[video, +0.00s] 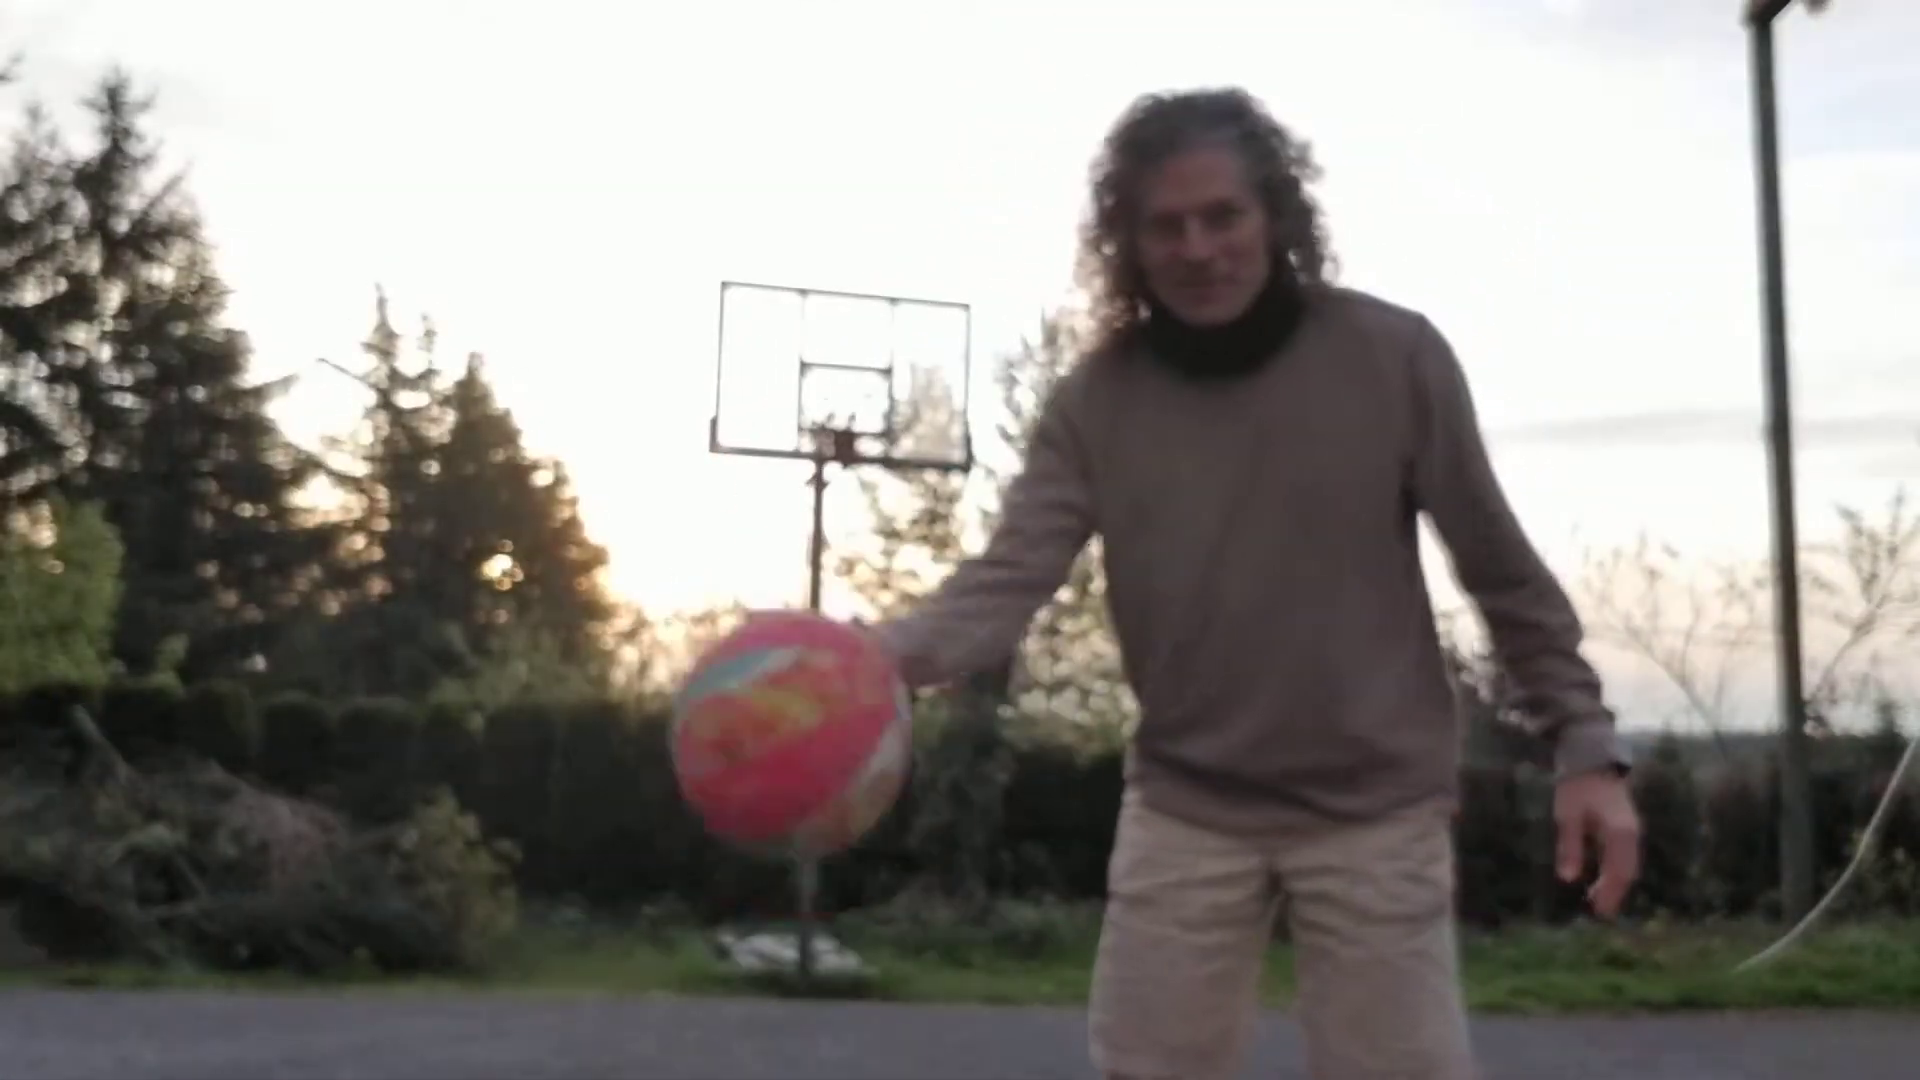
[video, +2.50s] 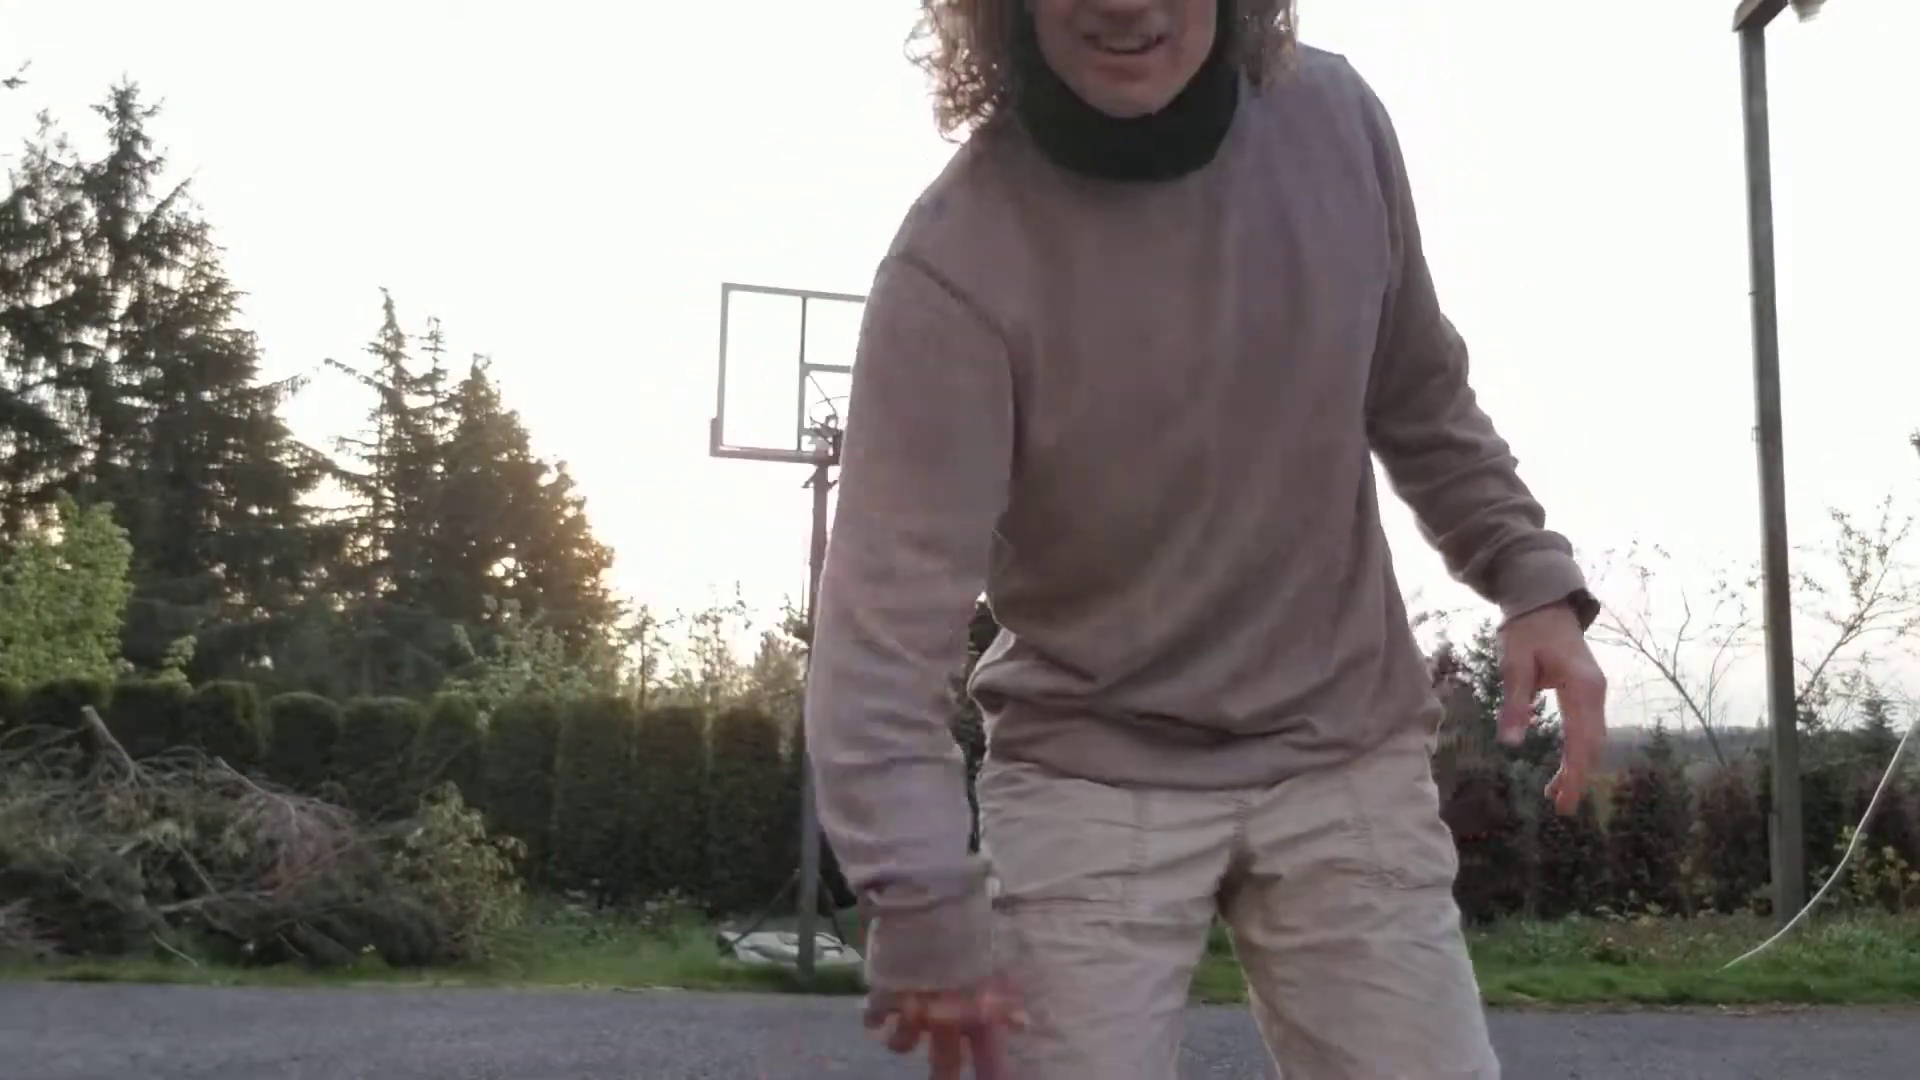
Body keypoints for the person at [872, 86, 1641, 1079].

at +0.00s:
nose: (1199, 251)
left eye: (1223, 217)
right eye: (1167, 227)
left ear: (1276, 218)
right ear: (1129, 240)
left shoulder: (1393, 360)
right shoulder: (1098, 403)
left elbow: (1503, 572)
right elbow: (1004, 583)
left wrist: (1585, 750)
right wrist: (877, 658)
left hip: (1376, 810)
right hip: (1183, 809)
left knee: (1402, 1067)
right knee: (1150, 1065)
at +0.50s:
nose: (1190, 207)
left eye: (1218, 171)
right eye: (1156, 178)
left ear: (1264, 175)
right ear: (1108, 192)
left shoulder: (1370, 316)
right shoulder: (1058, 368)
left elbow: (1444, 537)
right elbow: (1050, 598)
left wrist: (1485, 728)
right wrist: (1033, 623)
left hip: (1354, 791)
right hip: (1149, 798)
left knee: (1396, 1063)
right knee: (1115, 1063)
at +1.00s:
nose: (1194, 74)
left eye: (1228, 32)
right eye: (1150, 38)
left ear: (1280, 44)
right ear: (1092, 57)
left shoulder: (1370, 212)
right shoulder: (1033, 272)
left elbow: (1443, 472)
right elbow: (979, 545)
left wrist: (1529, 652)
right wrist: (1029, 713)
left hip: (1358, 763)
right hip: (1127, 770)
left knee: (1428, 1060)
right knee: (1087, 1060)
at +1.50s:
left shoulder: (1382, 85)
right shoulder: (971, 182)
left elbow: (1476, 377)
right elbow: (872, 484)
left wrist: (1597, 571)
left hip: (1395, 728)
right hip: (1117, 744)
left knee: (1486, 1060)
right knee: (1085, 1057)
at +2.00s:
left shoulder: (1381, 34)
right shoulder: (936, 147)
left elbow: (1473, 355)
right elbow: (905, 582)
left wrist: (1599, 582)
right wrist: (864, 499)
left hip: (1425, 737)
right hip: (1124, 762)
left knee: (1527, 1060)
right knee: (1085, 1059)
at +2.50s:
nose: (1126, 5)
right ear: (1014, 3)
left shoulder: (1330, 121)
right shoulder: (963, 256)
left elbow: (1419, 393)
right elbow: (885, 616)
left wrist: (1532, 581)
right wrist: (920, 900)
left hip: (1349, 750)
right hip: (1088, 767)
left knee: (1435, 1060)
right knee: (1069, 1056)